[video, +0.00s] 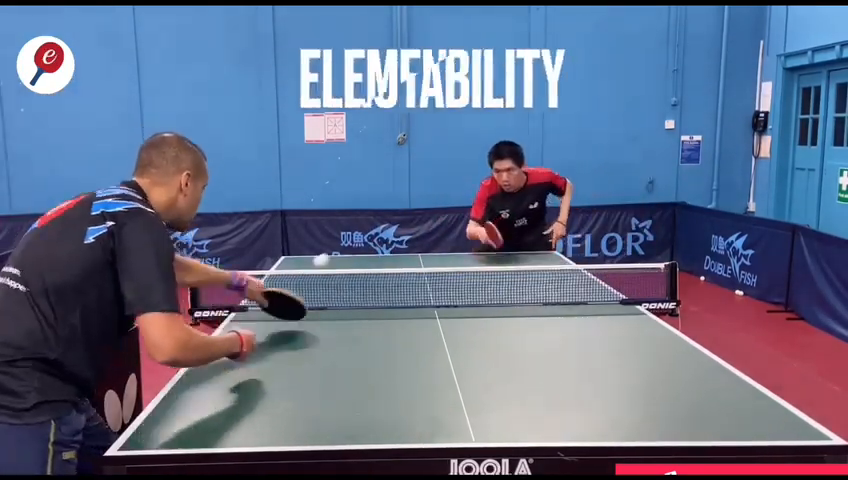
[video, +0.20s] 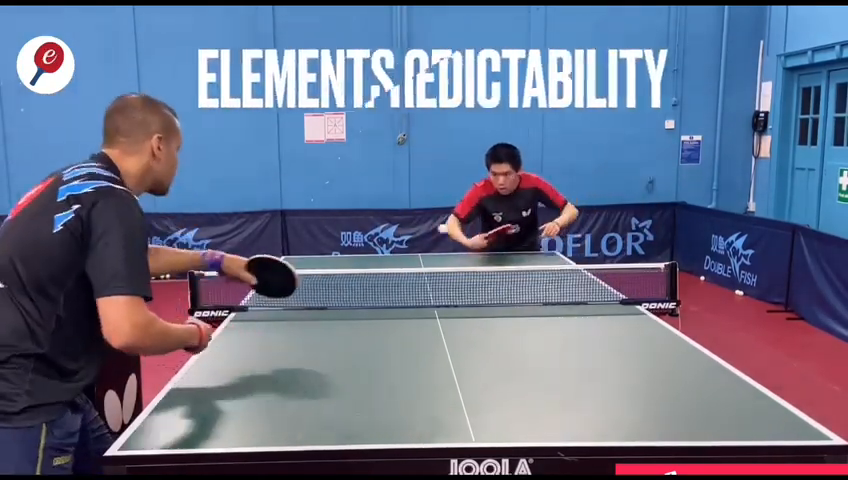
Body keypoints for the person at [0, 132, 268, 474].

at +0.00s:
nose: (198, 207)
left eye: (201, 194)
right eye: (201, 192)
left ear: (142, 174)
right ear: (185, 184)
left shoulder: (96, 204)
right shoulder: (141, 225)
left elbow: (166, 266)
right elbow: (167, 345)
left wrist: (238, 281)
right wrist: (234, 343)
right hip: (30, 396)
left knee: (125, 463)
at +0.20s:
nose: (177, 163)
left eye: (178, 152)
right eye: (176, 151)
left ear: (114, 140)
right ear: (156, 147)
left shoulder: (74, 180)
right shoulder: (111, 202)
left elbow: (132, 259)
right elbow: (126, 330)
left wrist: (217, 260)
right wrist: (191, 334)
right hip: (28, 406)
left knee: (120, 471)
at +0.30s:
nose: (152, 146)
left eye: (153, 134)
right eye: (151, 133)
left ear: (82, 128)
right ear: (129, 131)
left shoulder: (41, 177)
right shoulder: (90, 197)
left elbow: (76, 273)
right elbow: (100, 332)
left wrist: (165, 276)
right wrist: (160, 338)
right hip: (28, 415)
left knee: (120, 469)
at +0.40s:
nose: (126, 134)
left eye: (126, 121)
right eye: (124, 120)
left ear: (51, 120)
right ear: (100, 119)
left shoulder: (12, 173)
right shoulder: (64, 196)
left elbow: (21, 310)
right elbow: (73, 339)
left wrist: (101, 315)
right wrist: (130, 341)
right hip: (26, 434)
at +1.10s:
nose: (119, 132)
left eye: (120, 119)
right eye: (117, 117)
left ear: (45, 114)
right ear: (91, 114)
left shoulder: (8, 164)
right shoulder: (75, 187)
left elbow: (14, 296)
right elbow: (117, 323)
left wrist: (75, 312)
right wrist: (178, 327)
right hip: (20, 420)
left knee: (82, 469)